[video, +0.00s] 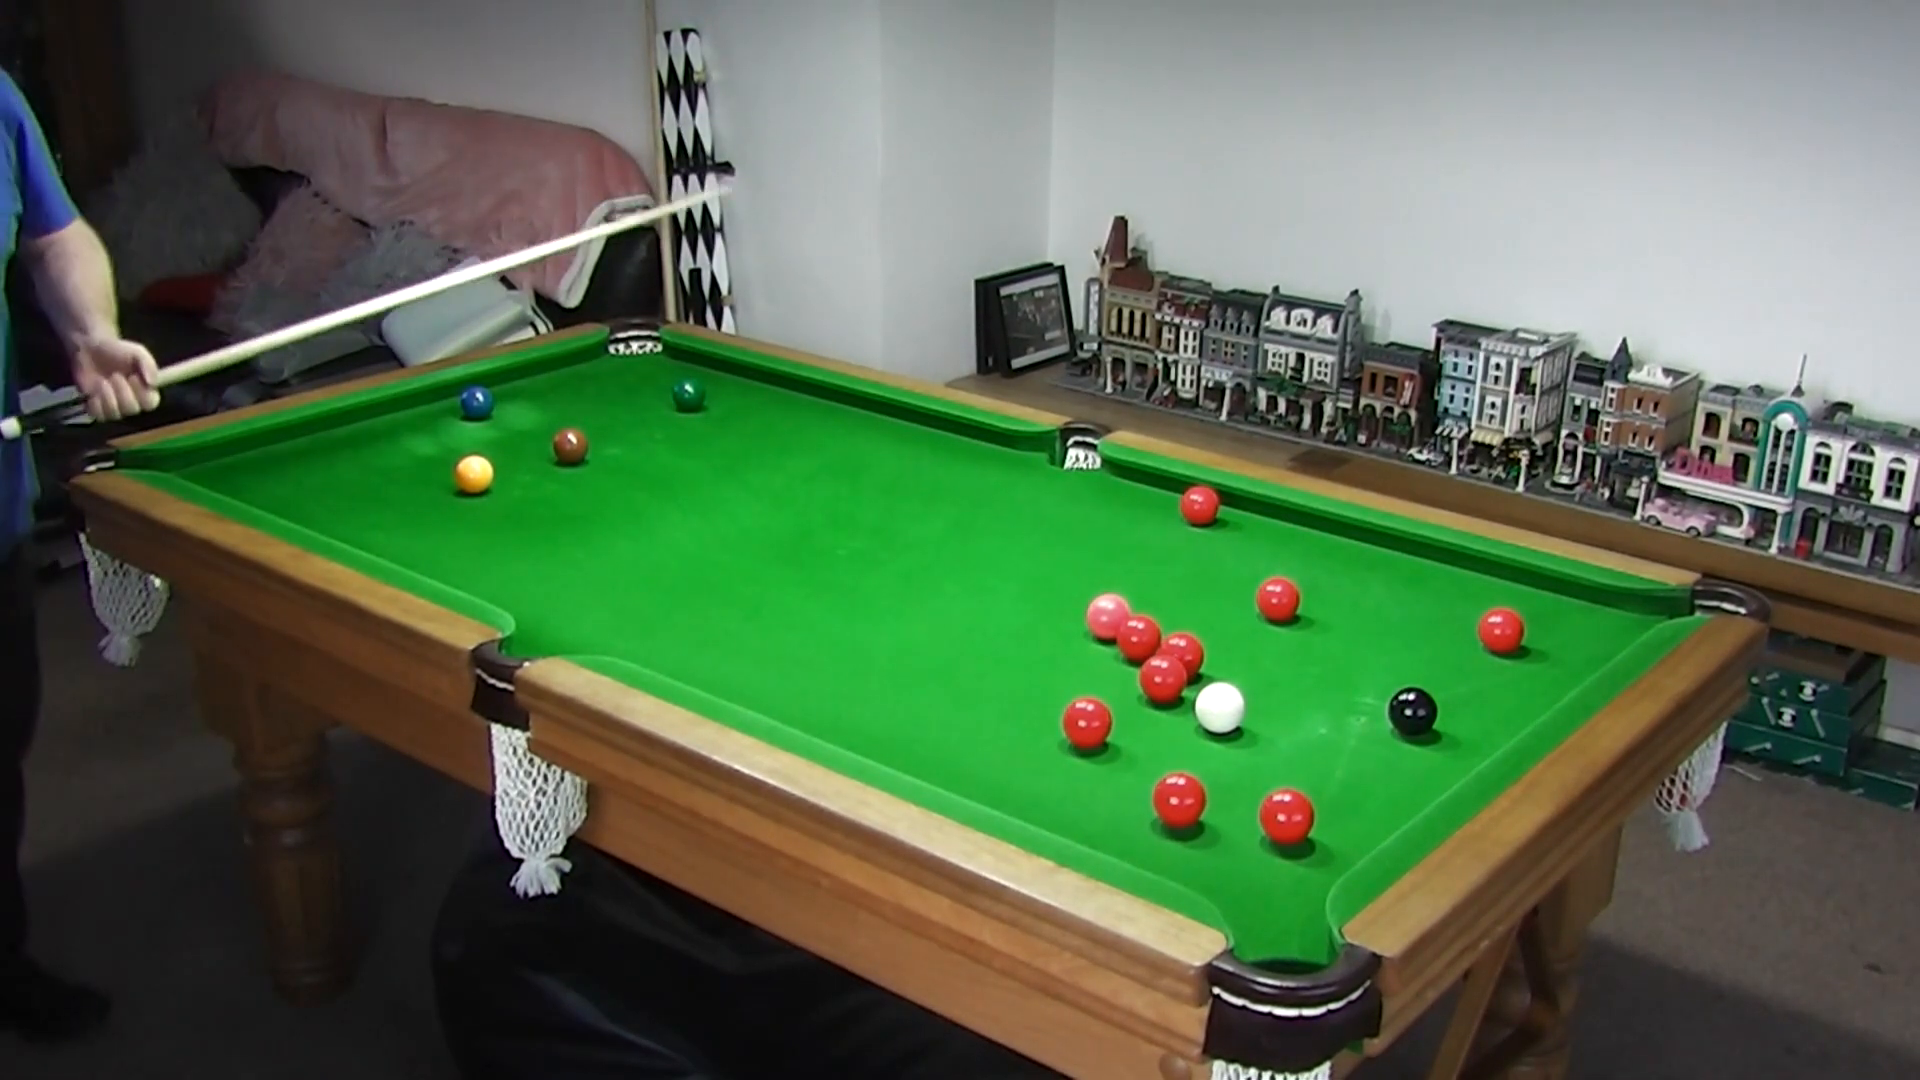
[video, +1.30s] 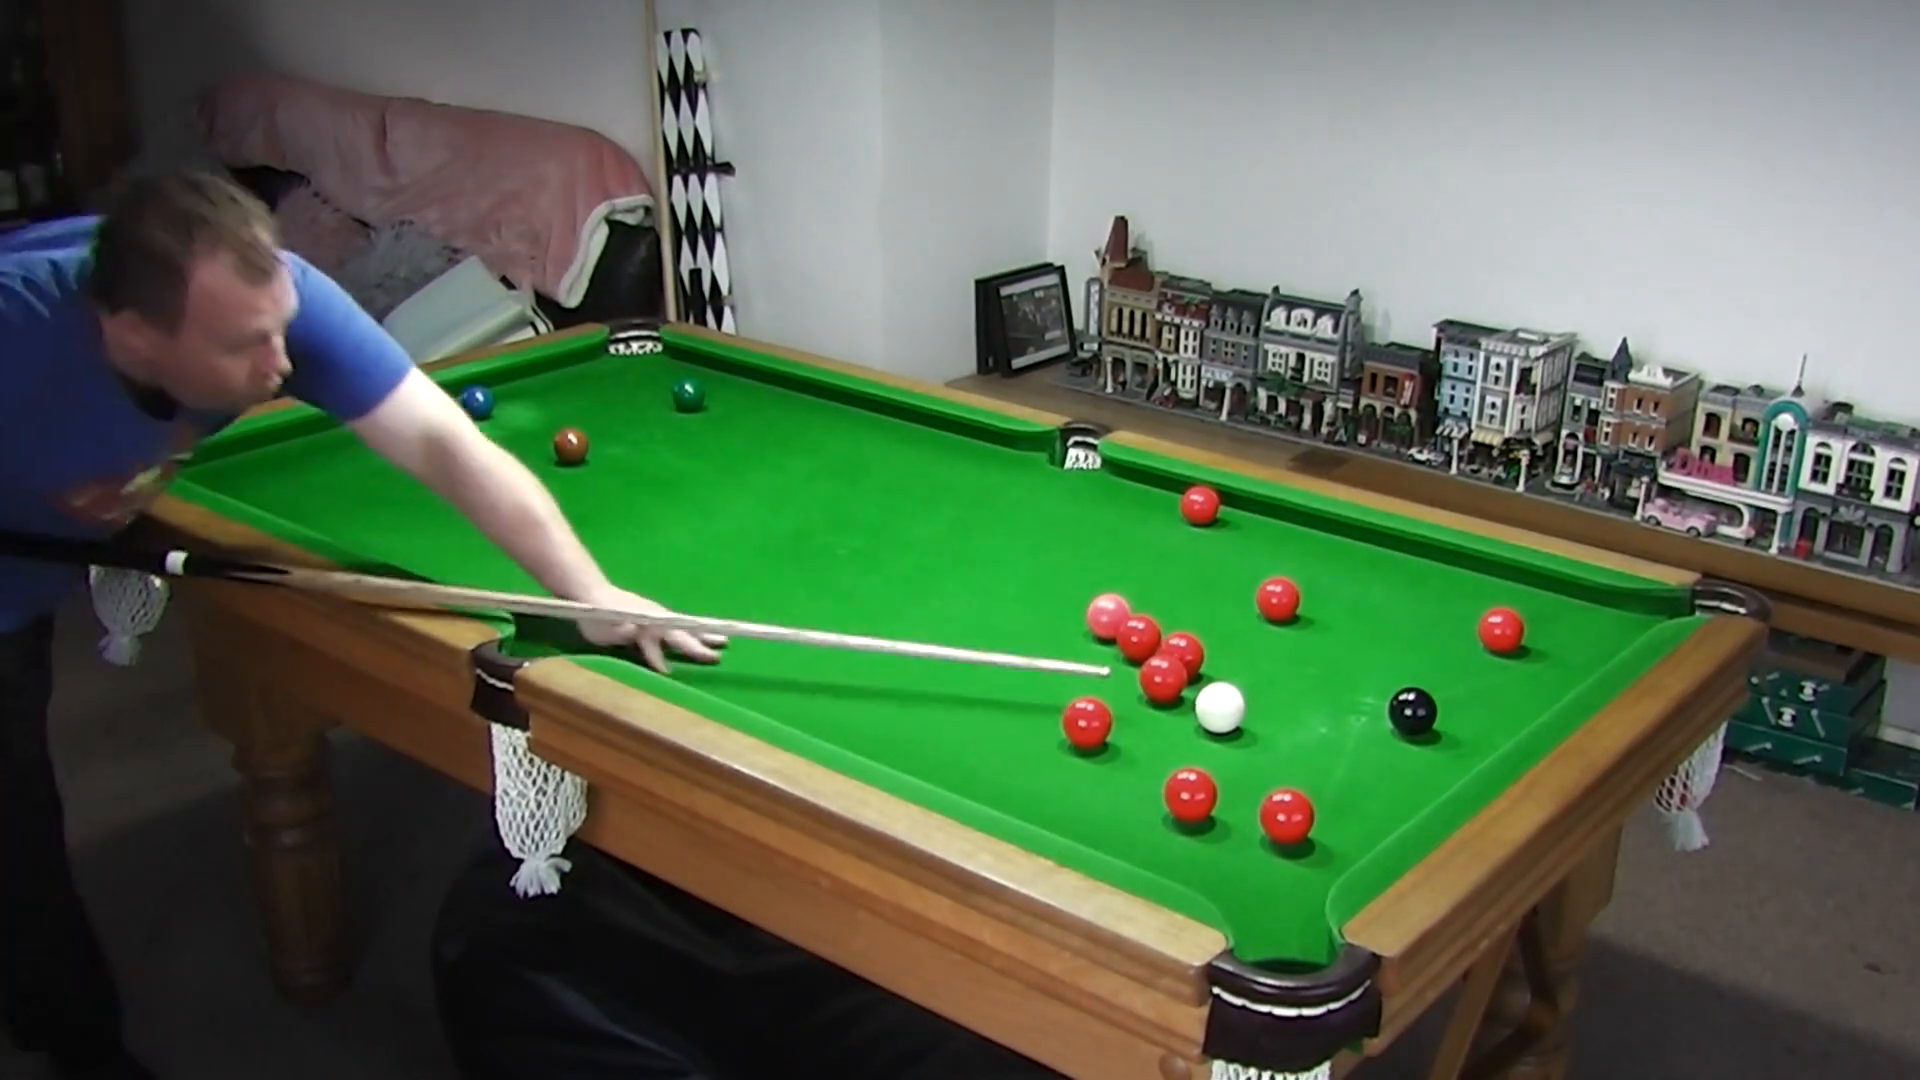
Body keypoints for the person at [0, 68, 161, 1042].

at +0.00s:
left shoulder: (3, 99)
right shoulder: (11, 102)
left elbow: (57, 232)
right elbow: (60, 235)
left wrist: (96, 332)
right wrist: (92, 332)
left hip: (3, 517)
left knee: (8, 741)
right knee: (4, 749)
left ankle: (9, 961)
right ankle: (8, 965)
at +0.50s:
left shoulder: (17, 125)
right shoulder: (21, 126)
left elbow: (143, 271)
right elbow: (145, 272)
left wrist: (216, 404)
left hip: (15, 586)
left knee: (34, 781)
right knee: (23, 786)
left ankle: (24, 978)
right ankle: (15, 994)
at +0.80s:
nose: (11, 121)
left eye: (12, 90)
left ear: (25, 75)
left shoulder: (63, 141)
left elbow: (229, 292)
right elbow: (230, 289)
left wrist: (337, 451)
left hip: (24, 557)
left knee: (14, 808)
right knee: (13, 807)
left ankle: (17, 990)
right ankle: (14, 998)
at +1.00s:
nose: (109, 202)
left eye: (110, 166)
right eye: (68, 188)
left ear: (119, 145)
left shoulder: (151, 214)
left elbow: (319, 360)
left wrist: (452, 517)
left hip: (24, 568)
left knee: (25, 803)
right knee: (22, 804)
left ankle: (91, 1022)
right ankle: (87, 1016)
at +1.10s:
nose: (166, 264)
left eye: (167, 231)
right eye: (127, 248)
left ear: (175, 203)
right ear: (23, 250)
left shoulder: (190, 249)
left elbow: (358, 393)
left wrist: (503, 549)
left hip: (24, 597)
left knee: (27, 831)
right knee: (27, 835)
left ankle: (80, 1032)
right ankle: (82, 1031)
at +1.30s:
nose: (280, 361)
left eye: (283, 326)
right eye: (245, 345)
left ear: (282, 281)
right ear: (131, 337)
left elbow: (441, 440)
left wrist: (591, 590)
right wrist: (46, 496)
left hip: (29, 585)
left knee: (28, 838)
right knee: (24, 842)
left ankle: (70, 1036)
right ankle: (79, 1043)